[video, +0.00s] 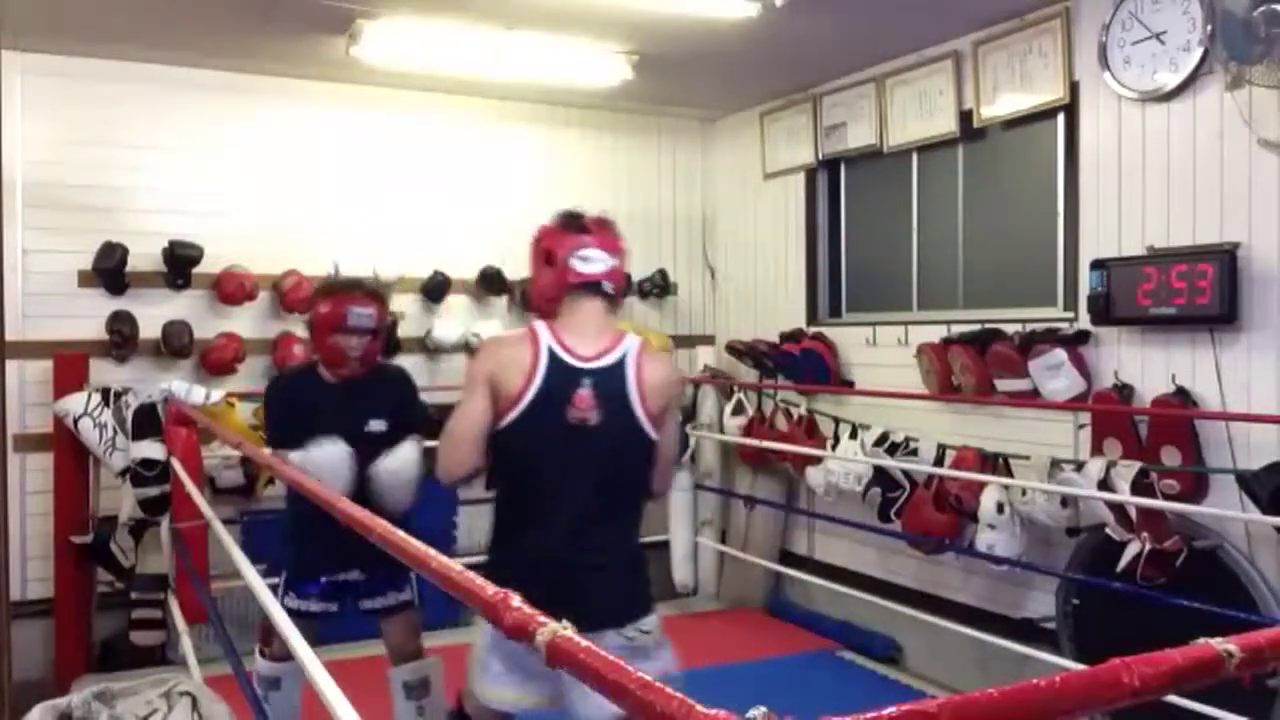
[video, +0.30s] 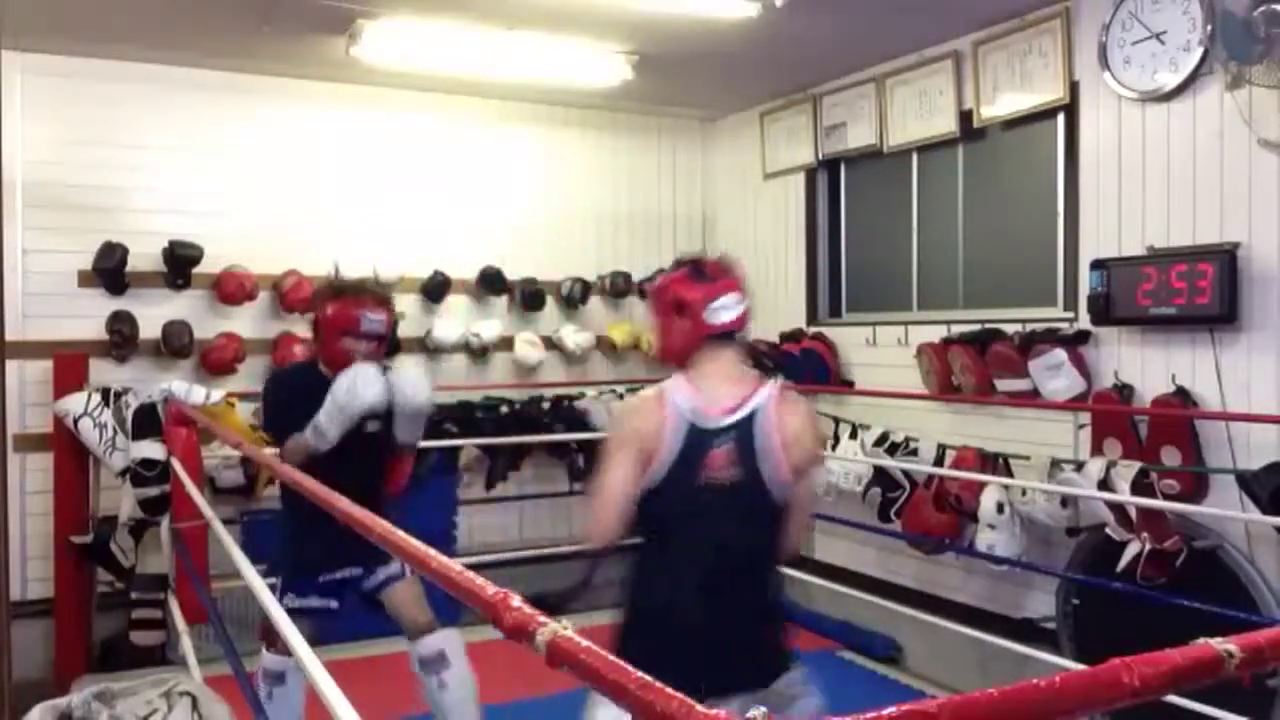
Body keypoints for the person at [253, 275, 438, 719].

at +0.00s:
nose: (356, 344)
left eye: (367, 333)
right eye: (345, 331)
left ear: (381, 337)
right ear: (320, 332)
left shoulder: (393, 383)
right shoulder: (289, 388)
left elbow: (421, 438)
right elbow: (272, 461)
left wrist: (407, 462)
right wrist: (304, 464)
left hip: (383, 539)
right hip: (311, 541)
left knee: (406, 644)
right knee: (279, 646)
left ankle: (420, 713)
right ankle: (277, 713)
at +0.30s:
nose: (364, 349)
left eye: (376, 340)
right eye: (352, 336)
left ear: (387, 344)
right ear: (324, 334)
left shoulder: (386, 386)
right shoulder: (290, 384)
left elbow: (395, 481)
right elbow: (280, 459)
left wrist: (410, 423)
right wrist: (329, 422)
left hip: (373, 535)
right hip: (310, 538)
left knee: (431, 638)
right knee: (281, 659)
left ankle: (463, 712)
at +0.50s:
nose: (409, 357)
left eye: (416, 346)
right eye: (398, 344)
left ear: (421, 349)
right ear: (365, 343)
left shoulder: (419, 400)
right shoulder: (326, 394)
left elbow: (437, 472)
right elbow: (320, 458)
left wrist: (450, 428)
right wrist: (374, 408)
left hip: (402, 557)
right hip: (333, 557)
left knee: (450, 662)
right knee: (290, 676)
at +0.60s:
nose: (432, 347)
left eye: (440, 337)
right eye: (422, 335)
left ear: (447, 343)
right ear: (395, 337)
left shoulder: (449, 389)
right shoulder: (352, 389)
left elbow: (481, 433)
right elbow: (314, 456)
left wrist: (509, 441)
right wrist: (344, 435)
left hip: (439, 549)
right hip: (370, 551)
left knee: (480, 646)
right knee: (331, 659)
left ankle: (495, 714)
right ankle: (298, 711)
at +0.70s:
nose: (461, 338)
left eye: (468, 327)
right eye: (450, 326)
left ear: (472, 332)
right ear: (417, 327)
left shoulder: (473, 383)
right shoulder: (373, 388)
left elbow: (508, 441)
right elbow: (331, 442)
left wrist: (500, 418)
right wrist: (306, 462)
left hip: (465, 532)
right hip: (401, 537)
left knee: (499, 645)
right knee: (380, 663)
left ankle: (502, 713)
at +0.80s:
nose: (470, 337)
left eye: (474, 325)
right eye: (459, 325)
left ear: (479, 326)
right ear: (425, 327)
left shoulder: (482, 380)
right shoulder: (378, 393)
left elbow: (516, 446)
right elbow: (365, 467)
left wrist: (497, 406)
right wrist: (335, 466)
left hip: (498, 533)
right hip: (434, 546)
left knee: (530, 651)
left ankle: (524, 711)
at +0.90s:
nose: (476, 344)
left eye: (478, 331)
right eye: (463, 332)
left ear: (482, 331)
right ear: (427, 334)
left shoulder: (486, 386)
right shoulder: (390, 406)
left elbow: (548, 437)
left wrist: (537, 427)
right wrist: (385, 480)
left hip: (518, 538)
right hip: (456, 554)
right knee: (476, 686)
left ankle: (581, 711)